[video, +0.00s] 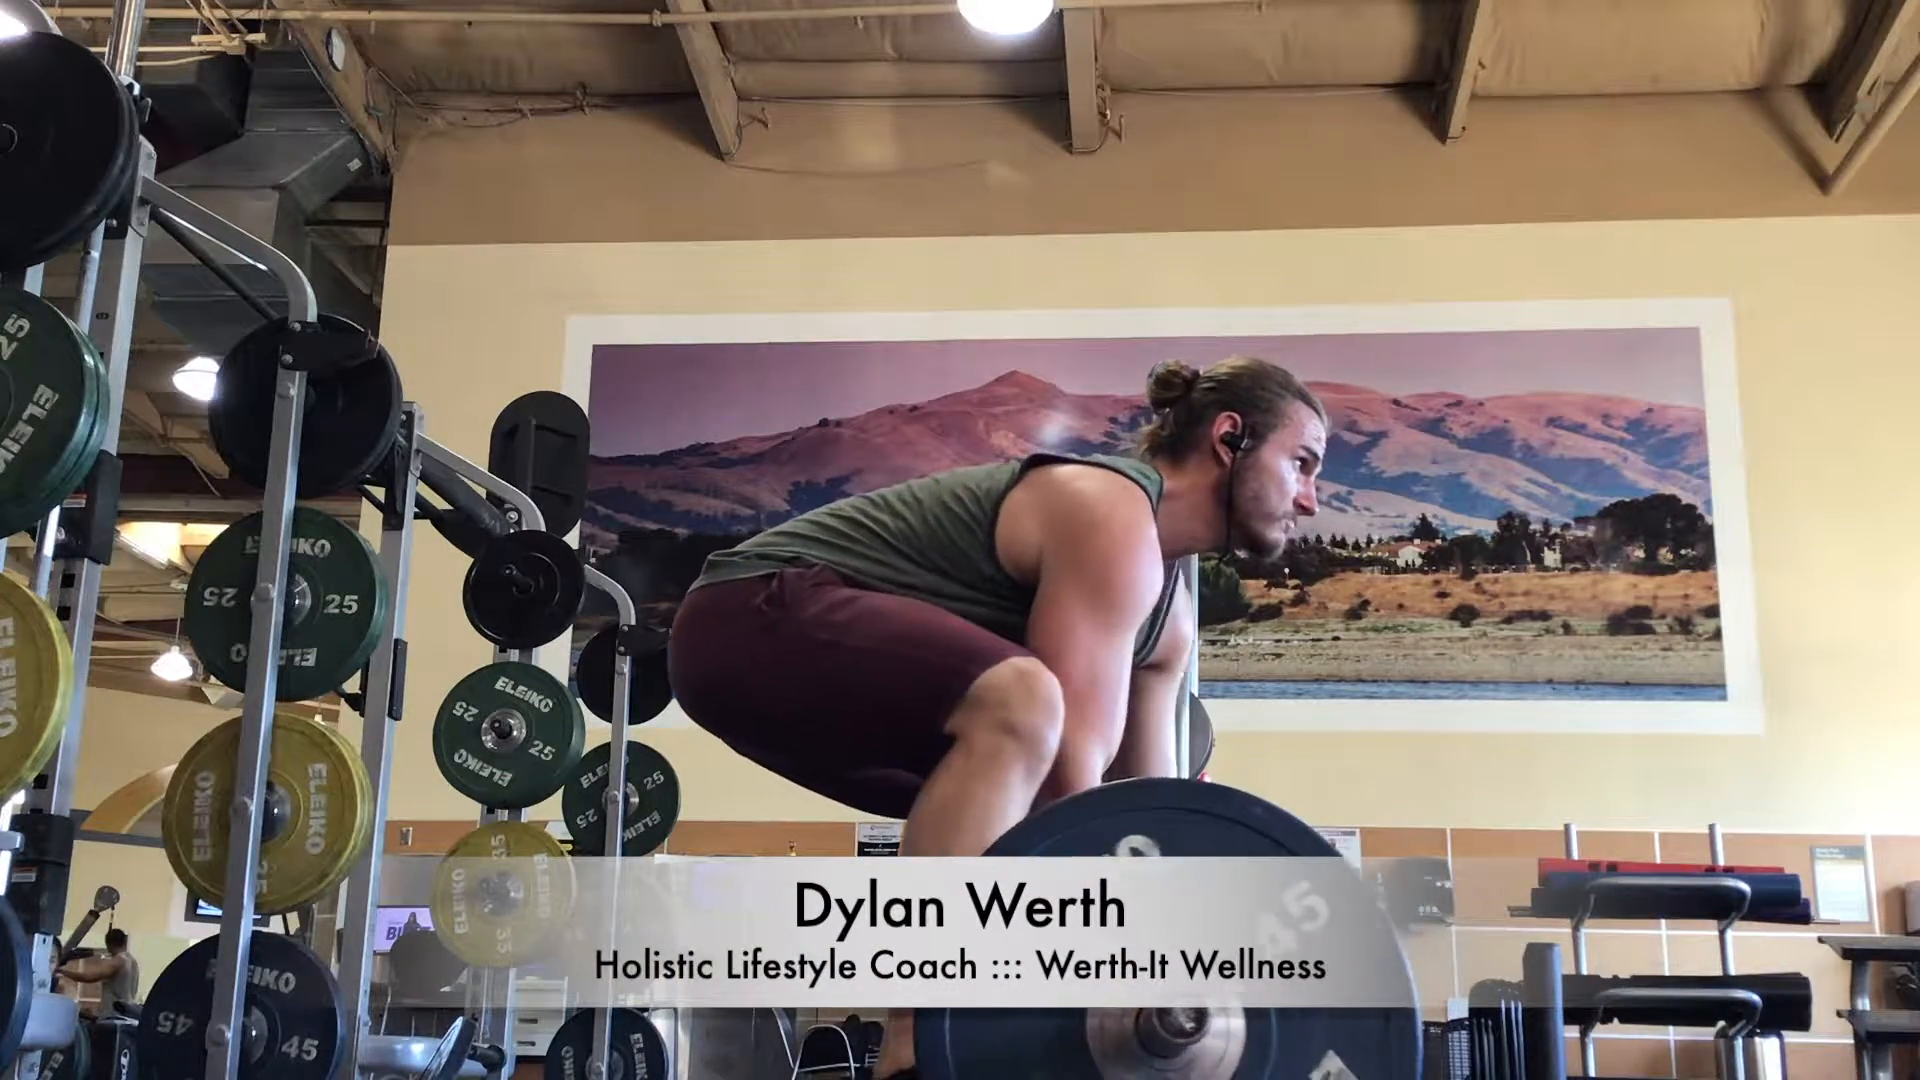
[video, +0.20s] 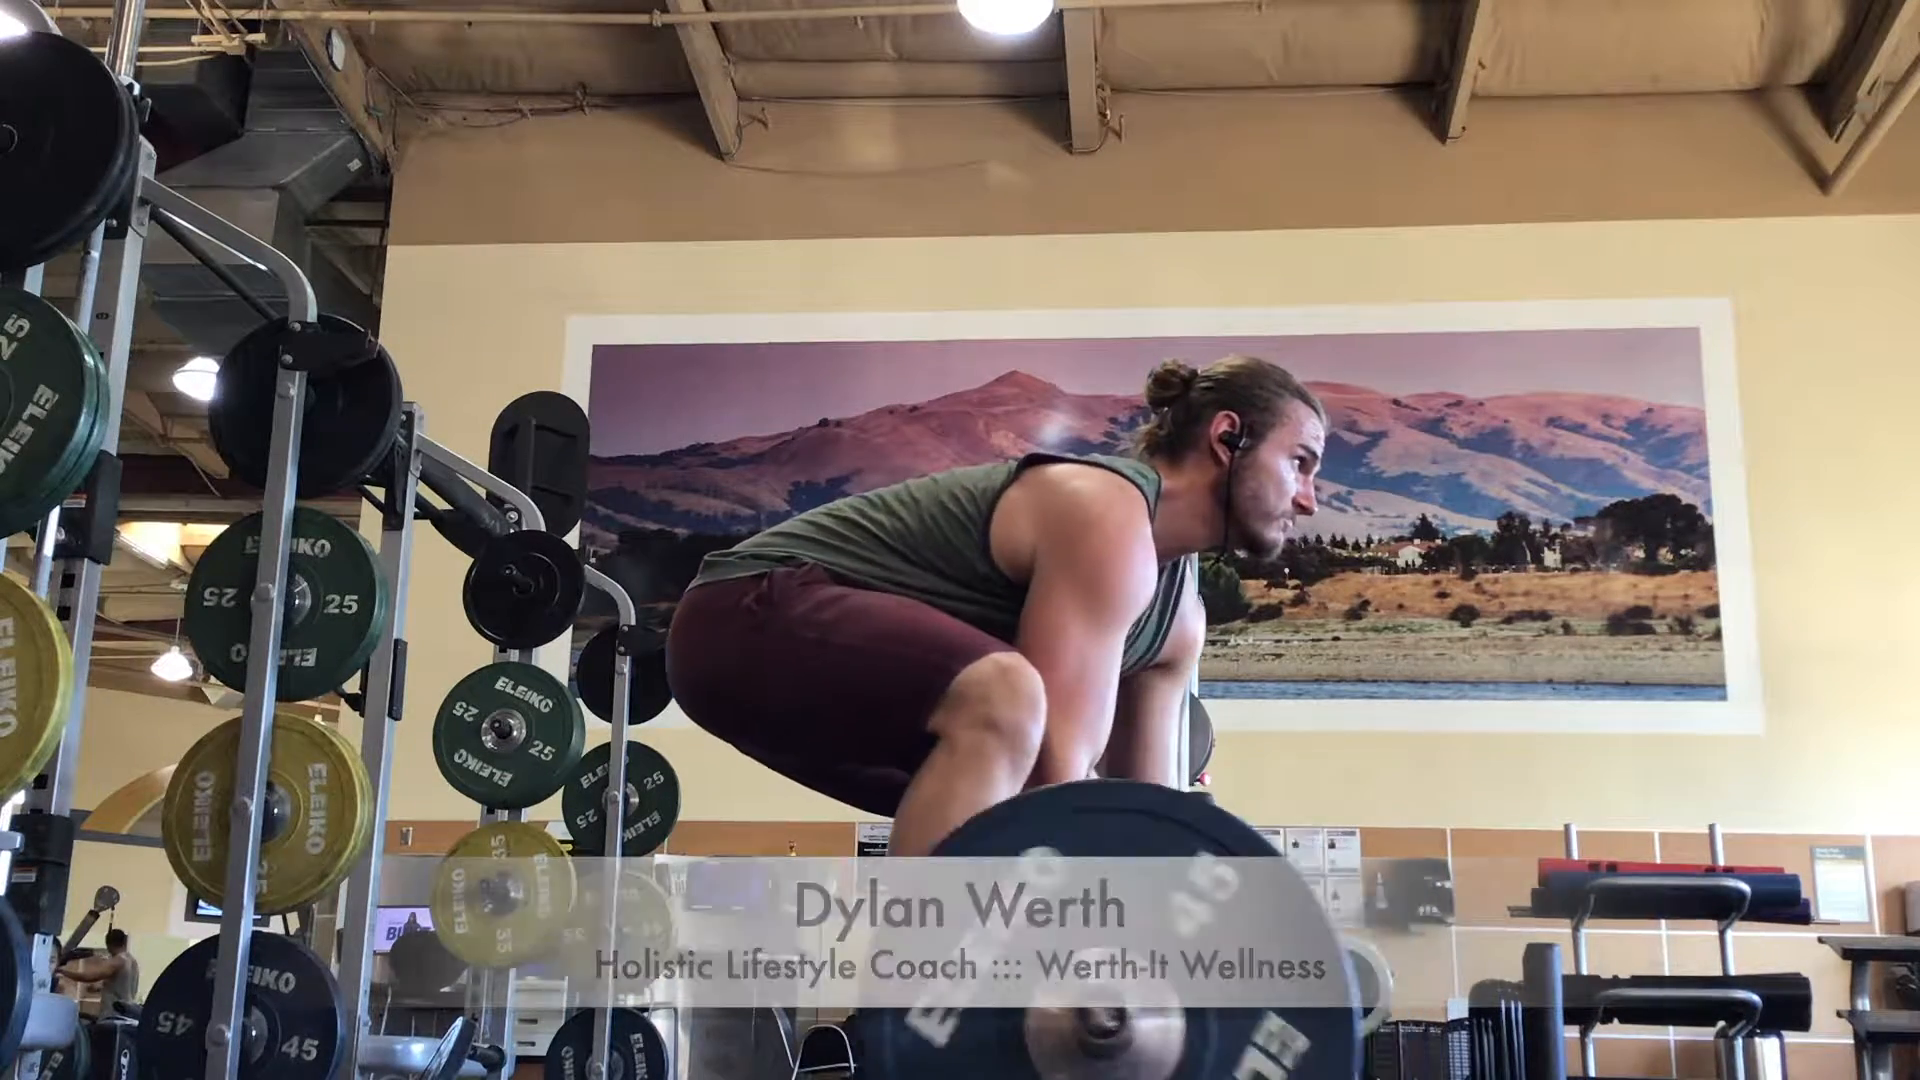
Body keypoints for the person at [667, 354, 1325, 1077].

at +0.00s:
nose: (1312, 497)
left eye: (1318, 477)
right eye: (1301, 464)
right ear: (1227, 439)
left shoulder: (1168, 613)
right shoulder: (1108, 522)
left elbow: (1152, 798)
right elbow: (1074, 776)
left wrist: (1174, 968)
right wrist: (1100, 967)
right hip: (754, 609)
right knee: (1018, 704)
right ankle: (907, 1043)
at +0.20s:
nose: (1311, 497)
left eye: (1316, 473)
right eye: (1300, 462)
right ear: (1226, 440)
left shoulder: (1178, 617)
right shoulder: (1102, 522)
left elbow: (1145, 809)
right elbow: (1059, 773)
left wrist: (1156, 971)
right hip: (748, 607)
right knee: (1000, 697)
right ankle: (900, 986)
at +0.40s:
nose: (1318, 501)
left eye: (1325, 480)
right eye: (1309, 466)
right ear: (1236, 438)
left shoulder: (1175, 625)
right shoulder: (1115, 520)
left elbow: (1123, 814)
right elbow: (1042, 779)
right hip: (757, 606)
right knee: (1019, 707)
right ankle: (892, 978)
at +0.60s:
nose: (1332, 519)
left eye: (1339, 496)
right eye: (1323, 481)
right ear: (1250, 451)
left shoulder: (1174, 634)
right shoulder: (1127, 529)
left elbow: (1109, 823)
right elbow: (1028, 764)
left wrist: (1107, 979)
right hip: (766, 600)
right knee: (1032, 706)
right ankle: (942, 973)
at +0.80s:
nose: (1340, 521)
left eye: (1347, 498)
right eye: (1331, 484)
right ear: (1258, 455)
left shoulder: (1179, 631)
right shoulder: (1141, 530)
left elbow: (1112, 817)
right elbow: (1033, 768)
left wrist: (1114, 972)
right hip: (770, 604)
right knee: (1036, 706)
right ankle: (945, 970)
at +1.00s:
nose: (1344, 509)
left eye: (1347, 483)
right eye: (1332, 472)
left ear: (1257, 456)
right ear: (1257, 452)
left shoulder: (1177, 612)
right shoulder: (1164, 531)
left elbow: (1109, 816)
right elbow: (1061, 766)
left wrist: (1113, 967)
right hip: (783, 630)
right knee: (1059, 713)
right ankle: (951, 962)